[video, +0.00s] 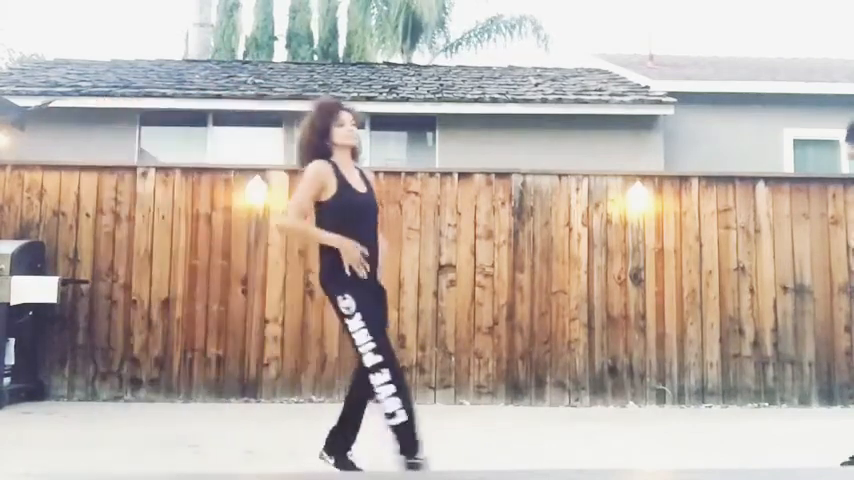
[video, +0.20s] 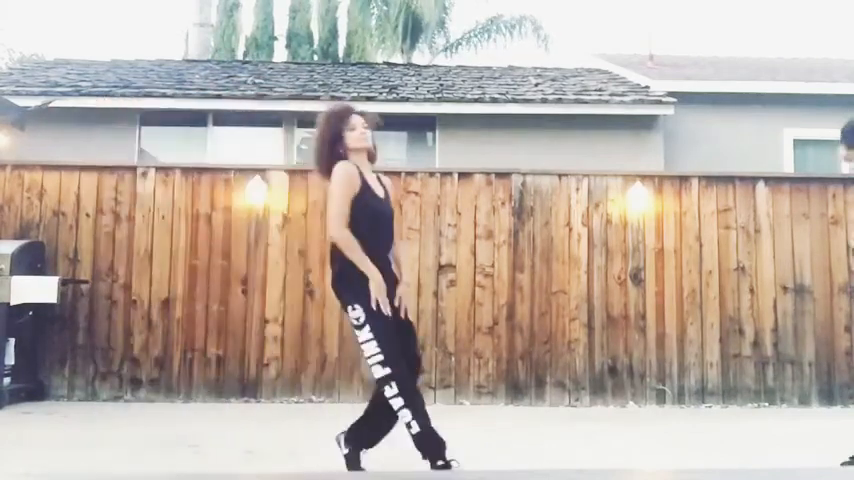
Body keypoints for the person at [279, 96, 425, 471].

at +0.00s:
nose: (352, 129)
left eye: (353, 124)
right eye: (343, 125)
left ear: (355, 131)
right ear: (326, 133)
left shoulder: (363, 174)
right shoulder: (319, 169)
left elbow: (363, 221)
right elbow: (291, 220)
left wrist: (378, 246)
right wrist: (342, 242)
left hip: (371, 275)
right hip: (341, 277)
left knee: (372, 361)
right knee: (380, 358)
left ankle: (338, 444)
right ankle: (409, 445)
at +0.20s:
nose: (364, 129)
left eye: (364, 124)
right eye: (354, 127)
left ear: (369, 132)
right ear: (340, 139)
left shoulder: (380, 179)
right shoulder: (345, 171)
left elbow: (388, 238)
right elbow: (336, 230)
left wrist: (402, 281)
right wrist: (373, 273)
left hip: (384, 279)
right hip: (356, 279)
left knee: (407, 361)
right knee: (391, 365)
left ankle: (357, 438)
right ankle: (434, 452)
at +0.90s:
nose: (373, 145)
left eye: (374, 140)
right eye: (363, 143)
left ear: (379, 148)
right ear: (349, 155)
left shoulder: (385, 200)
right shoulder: (352, 190)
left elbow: (396, 255)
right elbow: (358, 257)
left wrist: (409, 313)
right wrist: (369, 318)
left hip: (359, 282)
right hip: (329, 285)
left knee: (387, 367)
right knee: (369, 369)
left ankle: (349, 440)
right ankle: (416, 454)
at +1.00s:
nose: (359, 140)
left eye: (362, 134)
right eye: (349, 137)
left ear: (368, 143)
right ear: (334, 148)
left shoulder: (371, 188)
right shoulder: (333, 185)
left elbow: (387, 237)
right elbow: (337, 252)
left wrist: (409, 286)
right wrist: (345, 313)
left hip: (354, 278)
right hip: (322, 283)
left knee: (376, 362)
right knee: (357, 362)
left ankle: (352, 442)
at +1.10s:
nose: (344, 128)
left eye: (347, 123)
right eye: (334, 125)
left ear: (353, 134)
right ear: (320, 137)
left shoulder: (355, 180)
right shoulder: (317, 173)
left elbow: (378, 215)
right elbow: (312, 238)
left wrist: (394, 250)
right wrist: (316, 298)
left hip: (344, 271)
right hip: (313, 271)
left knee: (360, 356)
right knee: (316, 358)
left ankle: (346, 441)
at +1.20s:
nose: (325, 118)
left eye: (330, 112)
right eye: (316, 114)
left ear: (339, 121)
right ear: (302, 123)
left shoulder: (337, 167)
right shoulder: (300, 158)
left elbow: (375, 189)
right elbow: (285, 220)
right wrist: (285, 284)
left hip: (326, 264)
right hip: (291, 261)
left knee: (335, 356)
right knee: (276, 364)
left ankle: (344, 442)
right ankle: (244, 444)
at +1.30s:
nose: (308, 117)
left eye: (314, 111)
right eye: (300, 111)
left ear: (324, 119)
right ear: (286, 118)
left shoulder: (327, 160)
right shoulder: (277, 156)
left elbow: (363, 167)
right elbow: (254, 216)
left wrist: (339, 160)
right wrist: (254, 275)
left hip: (307, 264)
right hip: (269, 263)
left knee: (307, 354)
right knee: (257, 358)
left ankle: (299, 440)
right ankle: (241, 450)